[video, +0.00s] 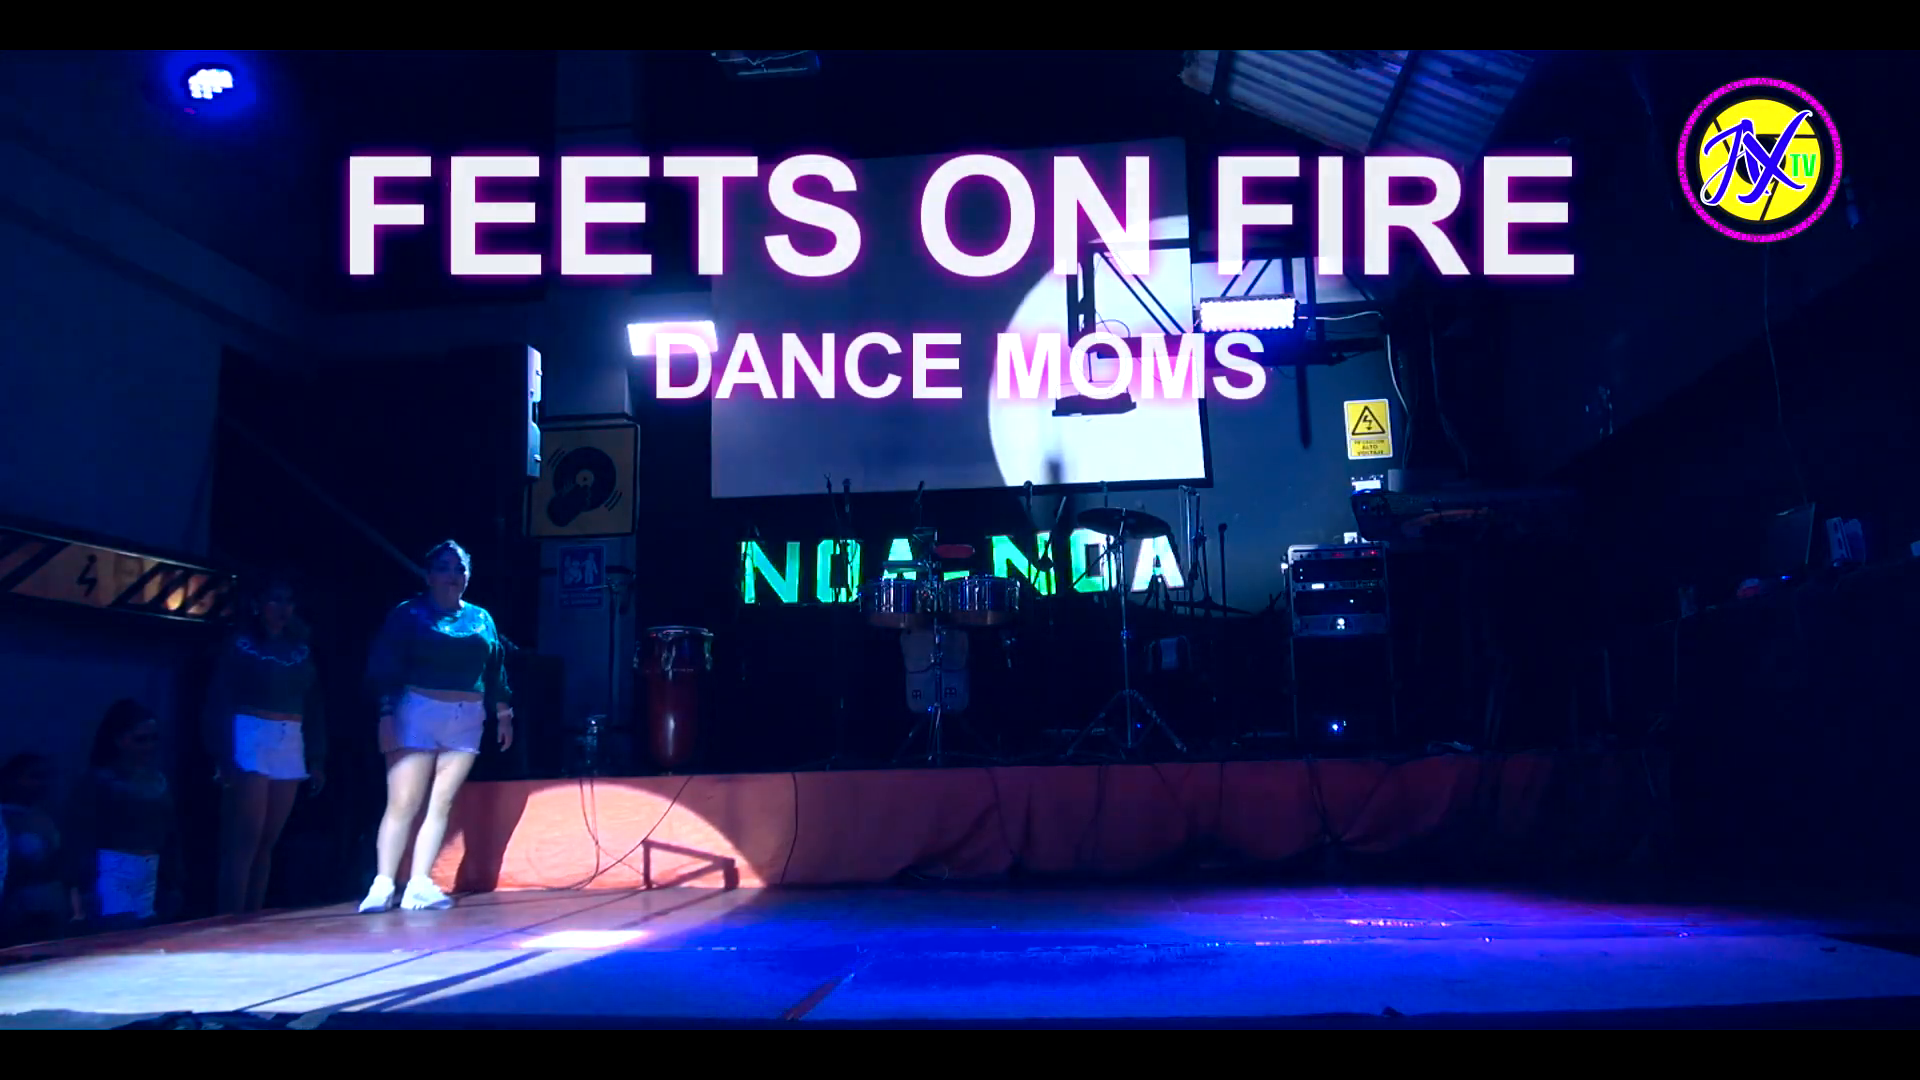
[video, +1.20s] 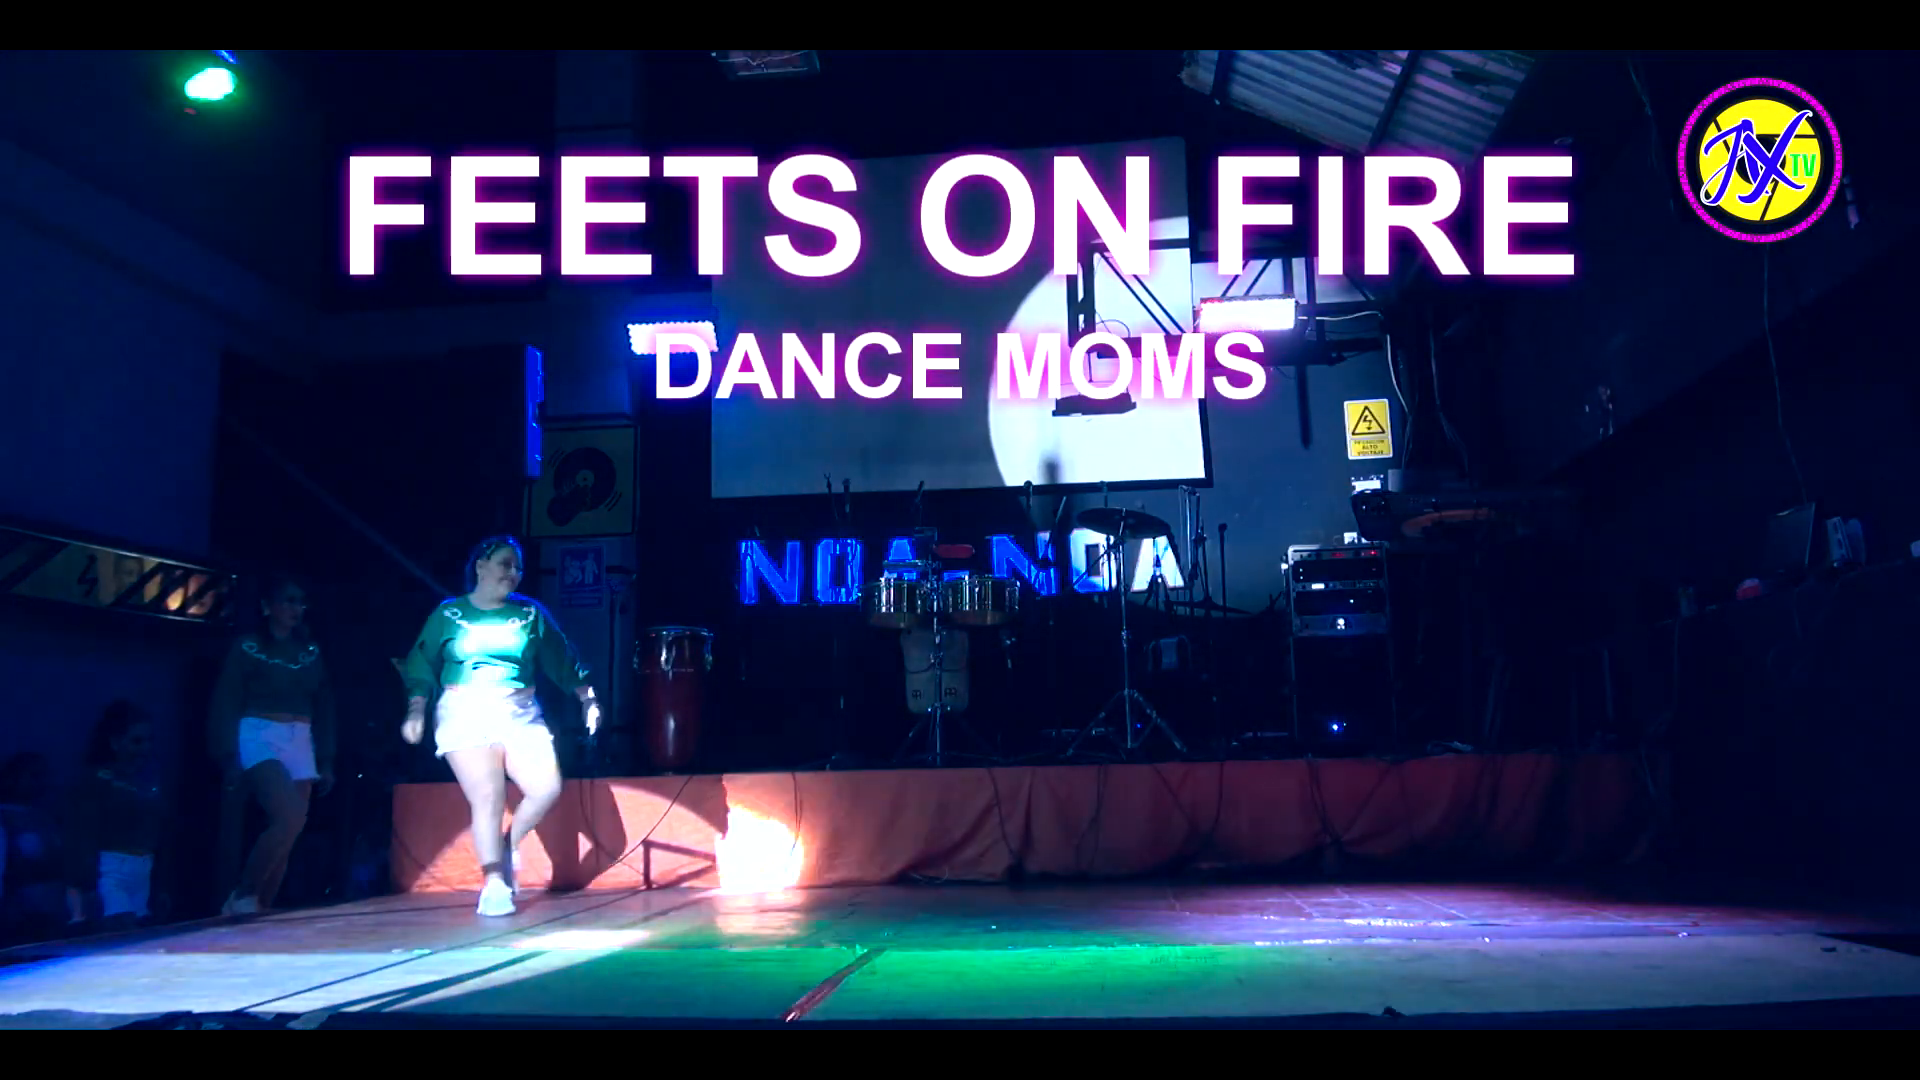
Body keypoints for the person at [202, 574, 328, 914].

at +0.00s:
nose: (282, 610)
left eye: (288, 603)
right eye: (275, 602)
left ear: (294, 608)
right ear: (259, 605)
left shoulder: (300, 649)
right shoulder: (242, 642)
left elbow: (312, 707)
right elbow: (222, 698)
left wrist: (315, 758)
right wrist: (223, 753)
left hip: (292, 733)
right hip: (252, 729)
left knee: (271, 836)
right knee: (249, 831)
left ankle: (254, 915)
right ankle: (232, 913)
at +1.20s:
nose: (295, 610)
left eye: (299, 603)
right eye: (288, 602)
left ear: (304, 609)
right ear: (269, 606)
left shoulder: (310, 652)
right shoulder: (249, 647)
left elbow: (322, 708)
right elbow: (228, 699)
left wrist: (324, 760)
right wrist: (227, 750)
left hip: (300, 736)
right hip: (258, 733)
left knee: (293, 822)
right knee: (288, 813)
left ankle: (263, 906)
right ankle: (244, 894)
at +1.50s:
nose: (305, 610)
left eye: (309, 603)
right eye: (298, 602)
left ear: (313, 610)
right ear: (280, 606)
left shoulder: (320, 653)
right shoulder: (257, 647)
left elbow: (333, 710)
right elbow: (235, 699)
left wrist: (335, 758)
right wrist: (229, 750)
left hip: (308, 734)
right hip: (265, 730)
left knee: (288, 817)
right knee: (323, 783)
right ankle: (293, 873)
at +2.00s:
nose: (348, 577)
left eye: (353, 571)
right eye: (340, 571)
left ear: (360, 577)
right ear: (322, 577)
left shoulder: (365, 625)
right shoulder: (298, 617)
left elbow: (379, 682)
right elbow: (272, 676)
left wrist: (385, 730)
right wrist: (266, 735)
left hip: (343, 716)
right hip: (300, 707)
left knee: (330, 808)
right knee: (332, 795)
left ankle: (276, 897)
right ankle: (315, 887)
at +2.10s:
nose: (358, 565)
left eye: (363, 559)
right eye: (349, 559)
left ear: (369, 568)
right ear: (331, 566)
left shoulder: (372, 614)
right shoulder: (307, 604)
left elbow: (384, 670)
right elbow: (282, 663)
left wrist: (392, 716)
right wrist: (276, 722)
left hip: (353, 704)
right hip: (309, 695)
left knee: (359, 799)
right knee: (329, 789)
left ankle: (283, 867)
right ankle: (314, 886)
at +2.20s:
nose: (370, 558)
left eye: (374, 552)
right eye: (362, 552)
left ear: (379, 560)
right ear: (342, 558)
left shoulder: (380, 606)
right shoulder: (318, 598)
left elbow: (389, 665)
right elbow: (295, 657)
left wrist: (394, 711)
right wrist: (292, 713)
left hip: (364, 694)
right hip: (322, 688)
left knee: (378, 787)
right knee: (329, 789)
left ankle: (308, 841)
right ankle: (315, 885)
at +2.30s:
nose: (381, 552)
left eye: (385, 546)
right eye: (373, 545)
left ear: (391, 554)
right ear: (353, 551)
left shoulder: (388, 597)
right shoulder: (331, 591)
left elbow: (394, 655)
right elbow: (310, 646)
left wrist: (395, 702)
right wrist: (313, 701)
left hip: (375, 685)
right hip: (334, 681)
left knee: (398, 774)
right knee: (329, 787)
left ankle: (346, 853)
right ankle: (314, 884)